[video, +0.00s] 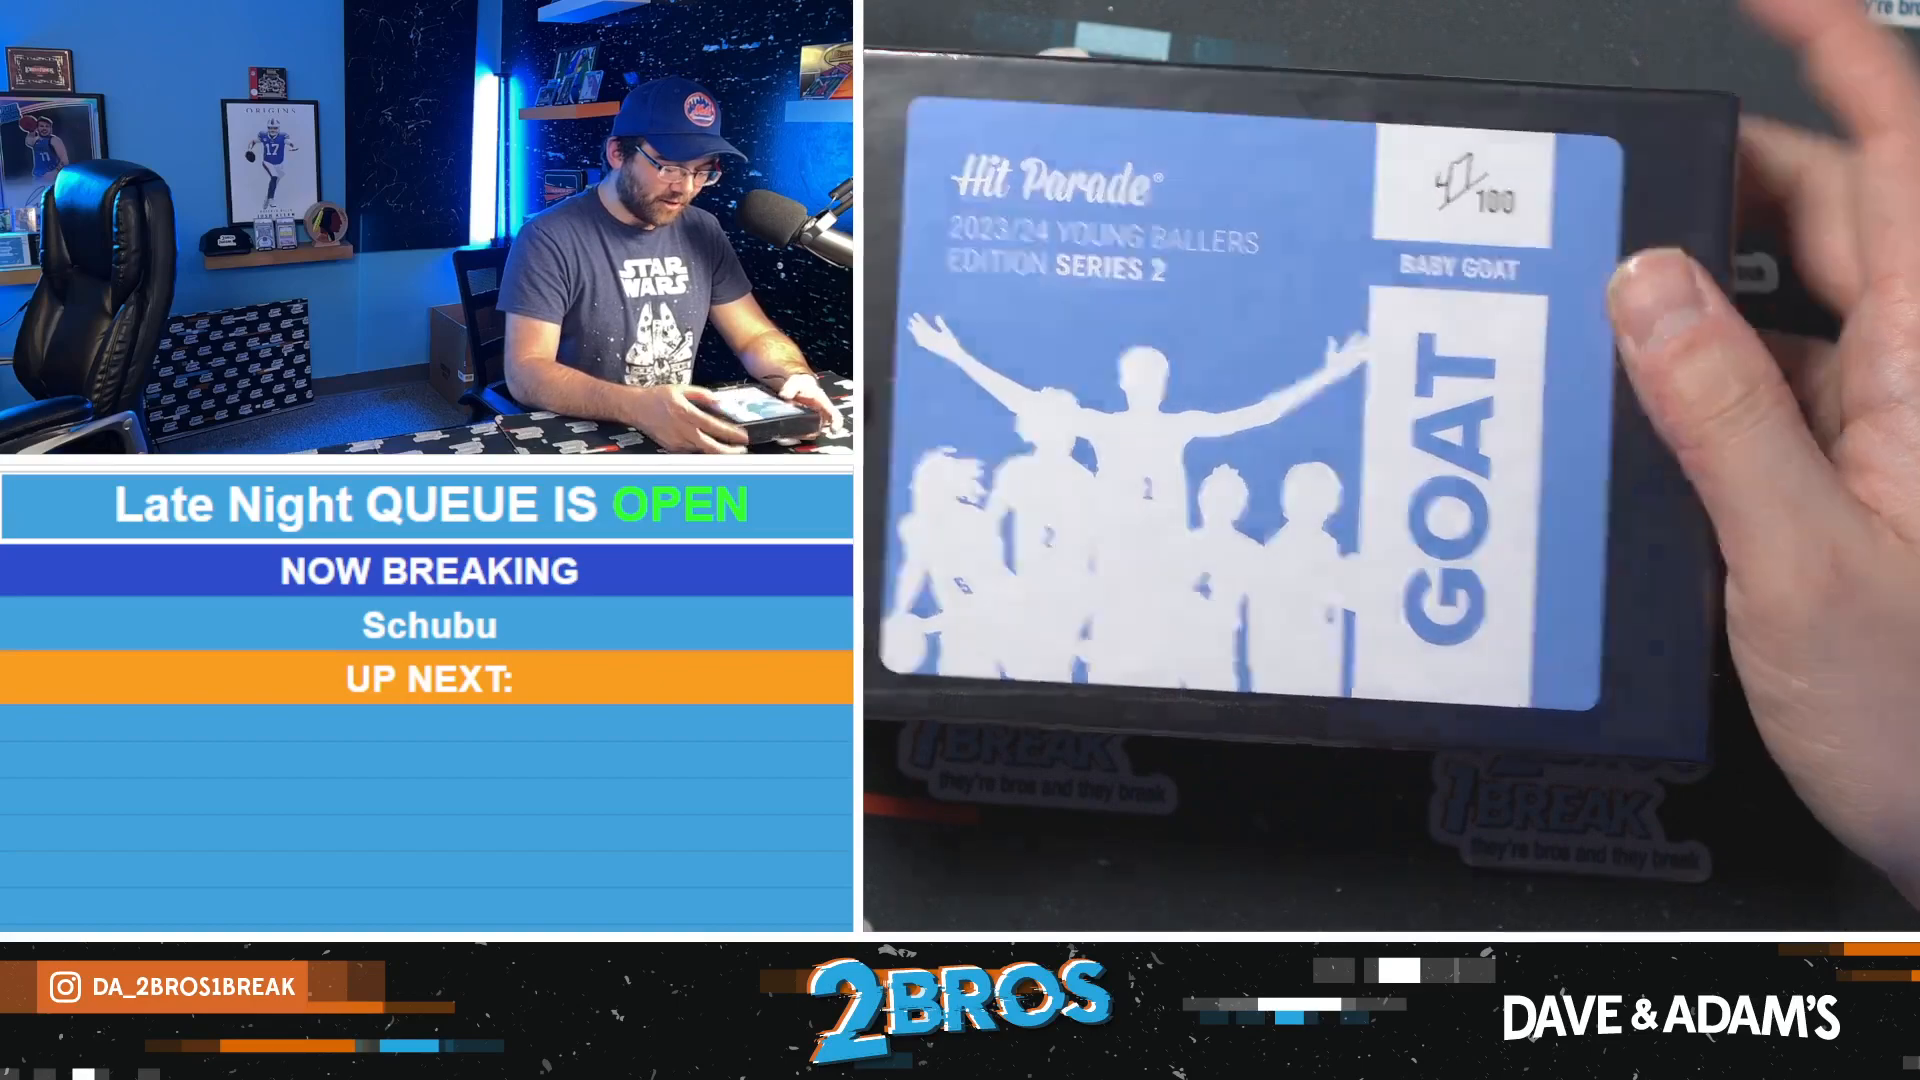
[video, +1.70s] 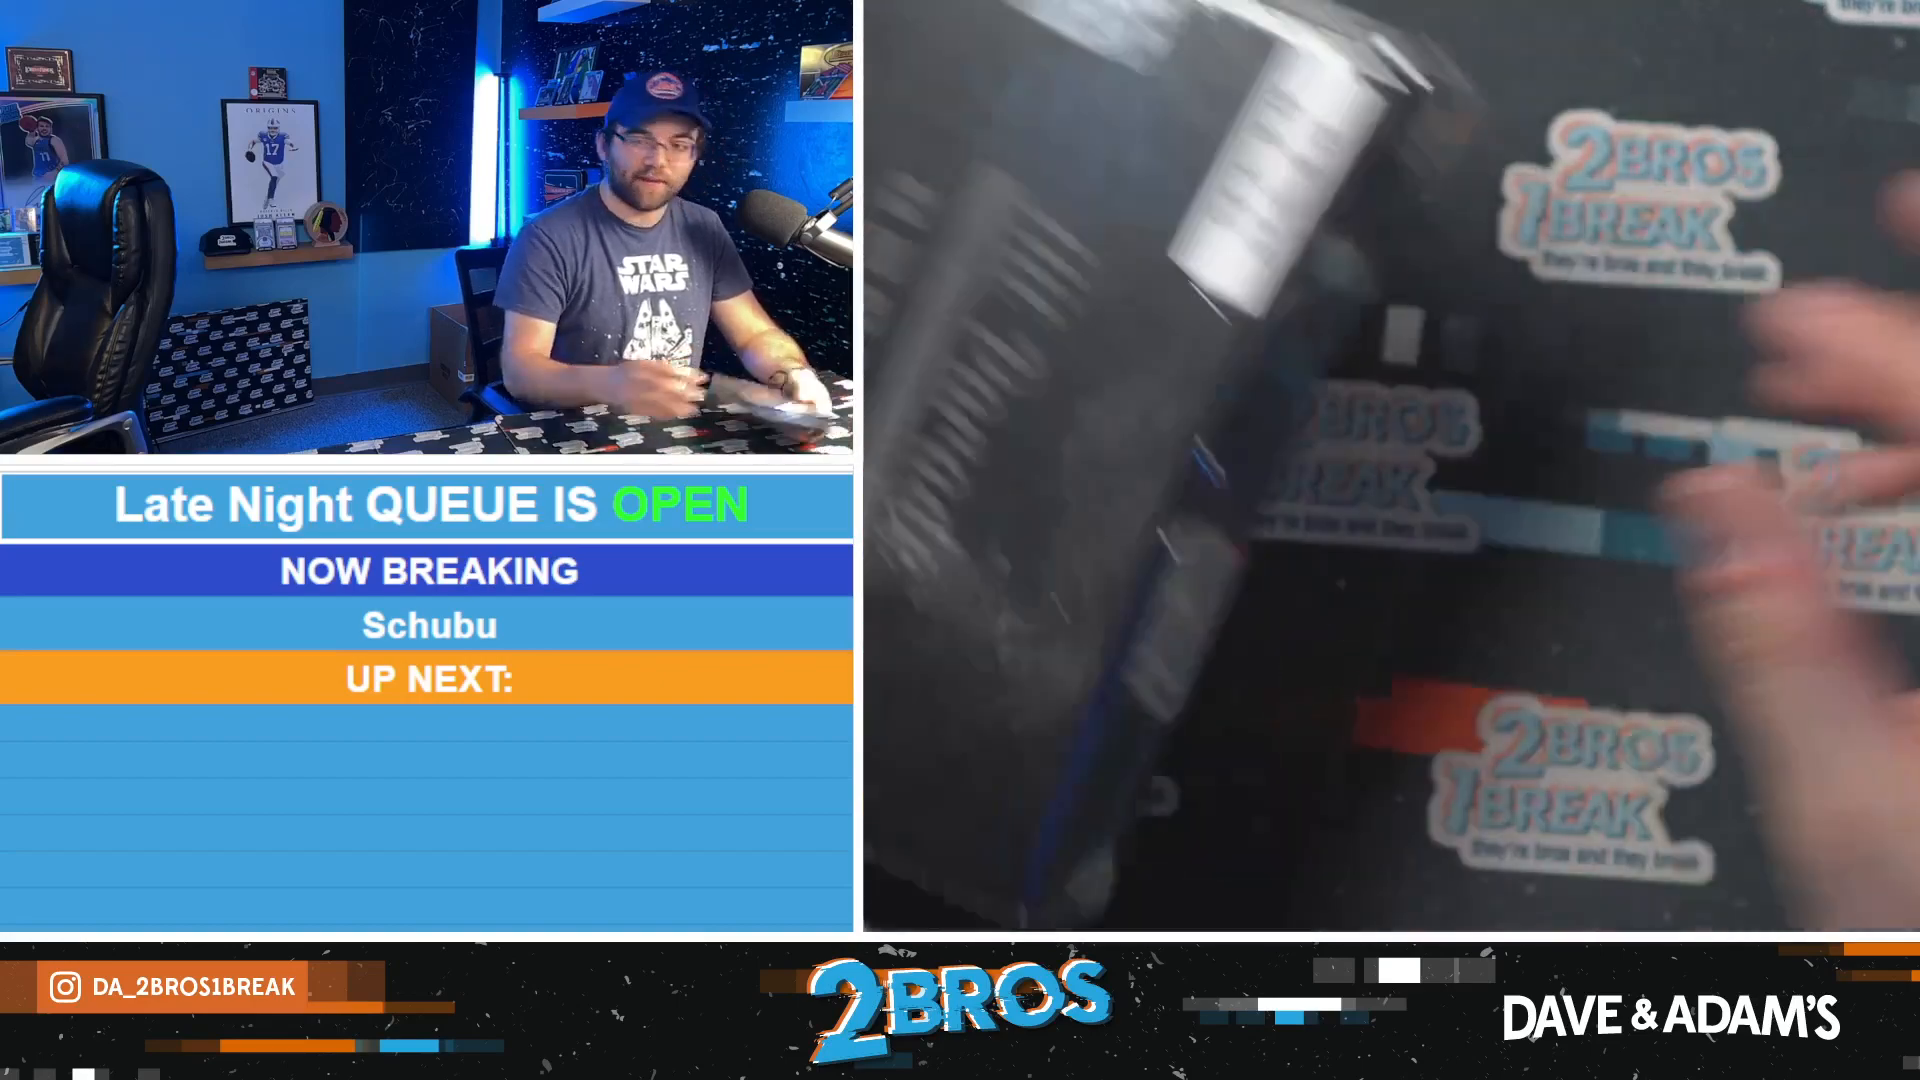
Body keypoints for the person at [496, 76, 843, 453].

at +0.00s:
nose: (685, 188)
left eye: (701, 170)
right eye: (668, 166)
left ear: (712, 168)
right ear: (617, 154)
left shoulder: (703, 233)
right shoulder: (553, 238)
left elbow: (757, 336)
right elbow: (529, 374)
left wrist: (797, 376)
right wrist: (639, 406)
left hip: (685, 461)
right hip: (581, 466)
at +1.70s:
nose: (659, 160)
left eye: (679, 145)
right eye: (642, 140)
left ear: (695, 157)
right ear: (605, 144)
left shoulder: (705, 231)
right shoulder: (552, 238)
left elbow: (757, 334)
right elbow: (523, 373)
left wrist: (793, 372)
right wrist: (612, 384)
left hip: (683, 449)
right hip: (577, 458)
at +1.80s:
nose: (648, 156)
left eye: (670, 141)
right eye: (631, 137)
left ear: (691, 155)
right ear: (602, 144)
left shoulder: (704, 230)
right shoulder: (548, 237)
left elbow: (762, 331)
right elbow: (515, 365)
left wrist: (795, 367)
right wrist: (565, 389)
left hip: (683, 456)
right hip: (580, 464)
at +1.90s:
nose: (638, 152)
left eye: (660, 137)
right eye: (622, 134)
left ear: (687, 152)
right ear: (599, 142)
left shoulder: (705, 230)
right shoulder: (547, 233)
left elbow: (764, 331)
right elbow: (510, 351)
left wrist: (799, 367)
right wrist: (532, 396)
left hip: (683, 450)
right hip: (579, 454)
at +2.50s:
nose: (606, 152)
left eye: (632, 138)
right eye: (601, 135)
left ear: (682, 154)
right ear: (592, 139)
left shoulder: (710, 233)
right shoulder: (553, 233)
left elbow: (776, 341)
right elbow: (522, 353)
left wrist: (758, 374)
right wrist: (536, 456)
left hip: (680, 450)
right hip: (582, 453)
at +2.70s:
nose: (632, 165)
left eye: (658, 150)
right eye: (620, 146)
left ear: (694, 158)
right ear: (602, 146)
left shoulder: (710, 235)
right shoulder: (557, 233)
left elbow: (776, 342)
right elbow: (517, 339)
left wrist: (760, 376)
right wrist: (515, 428)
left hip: (680, 453)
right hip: (576, 453)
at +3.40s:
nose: (652, 169)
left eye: (675, 154)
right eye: (637, 147)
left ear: (701, 160)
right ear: (613, 145)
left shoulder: (708, 236)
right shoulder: (552, 235)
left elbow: (771, 341)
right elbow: (503, 344)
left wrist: (760, 376)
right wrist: (509, 401)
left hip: (677, 456)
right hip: (570, 456)